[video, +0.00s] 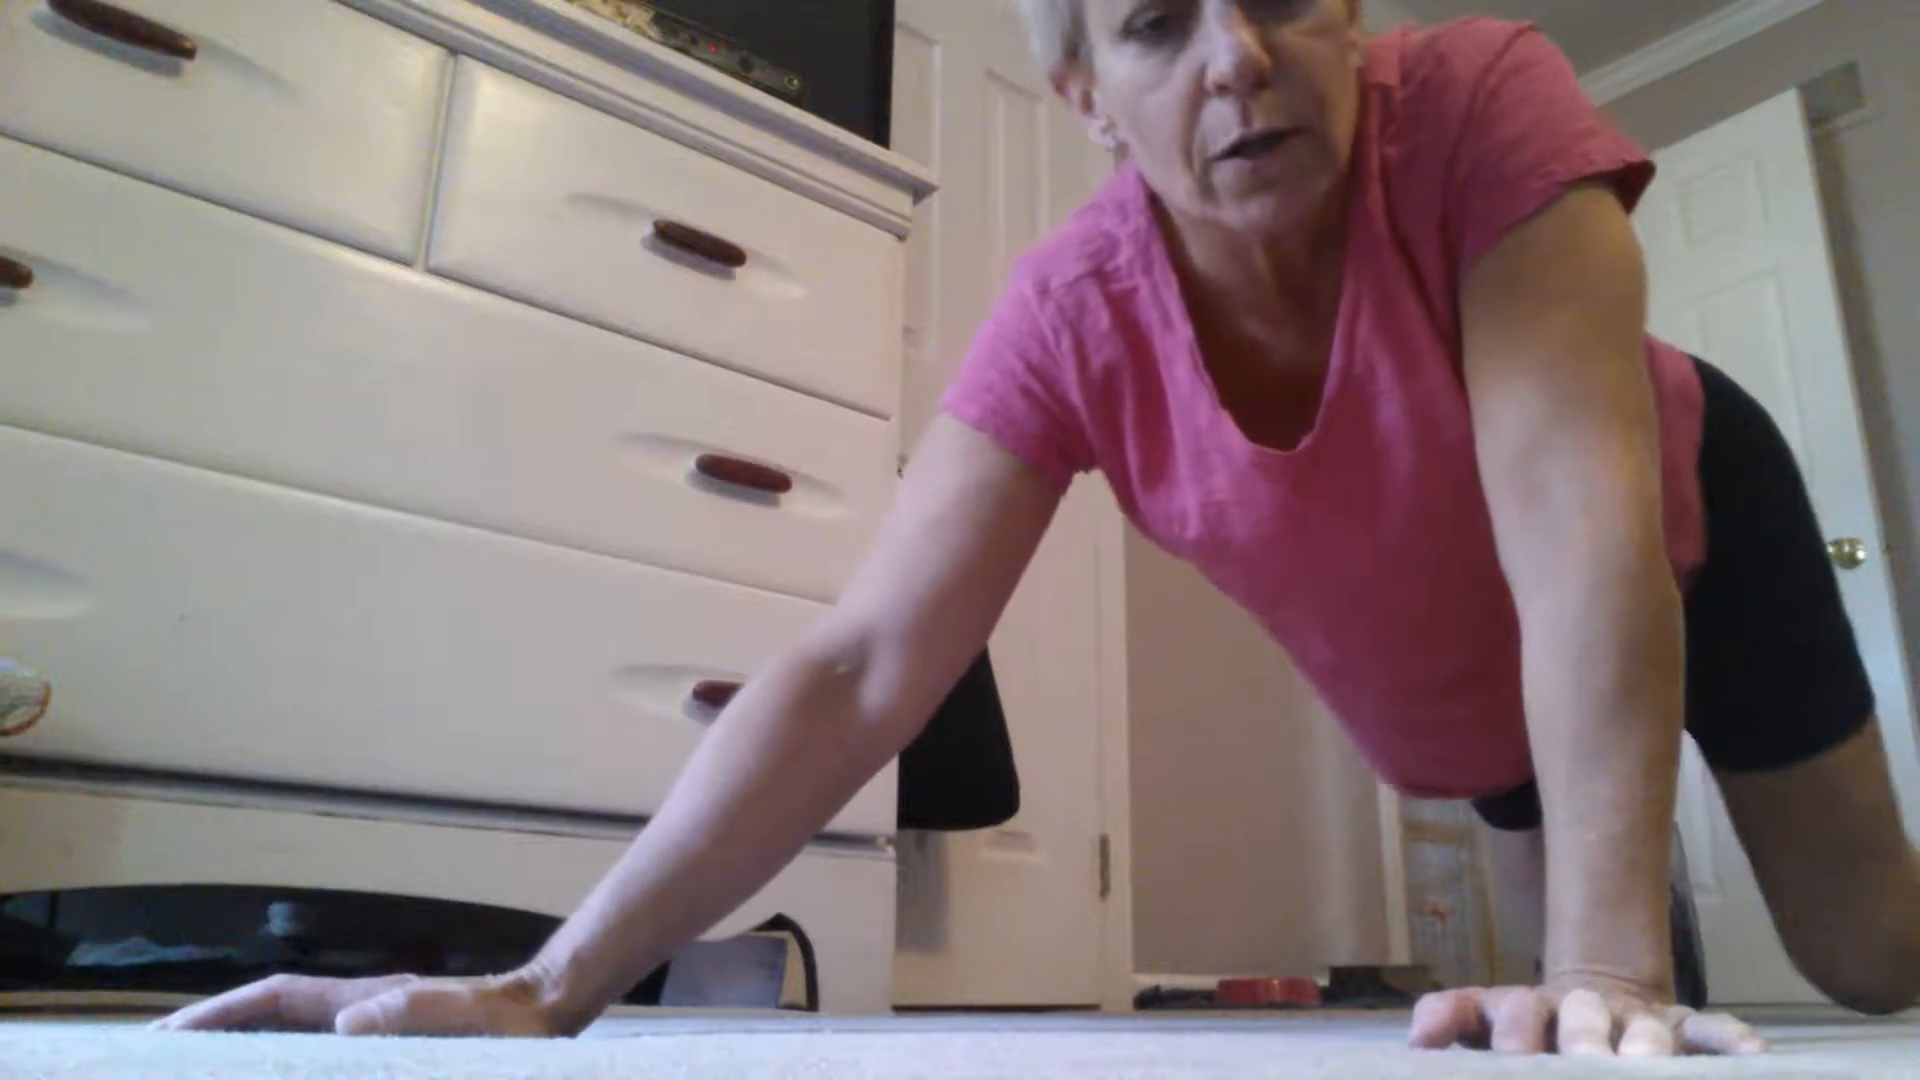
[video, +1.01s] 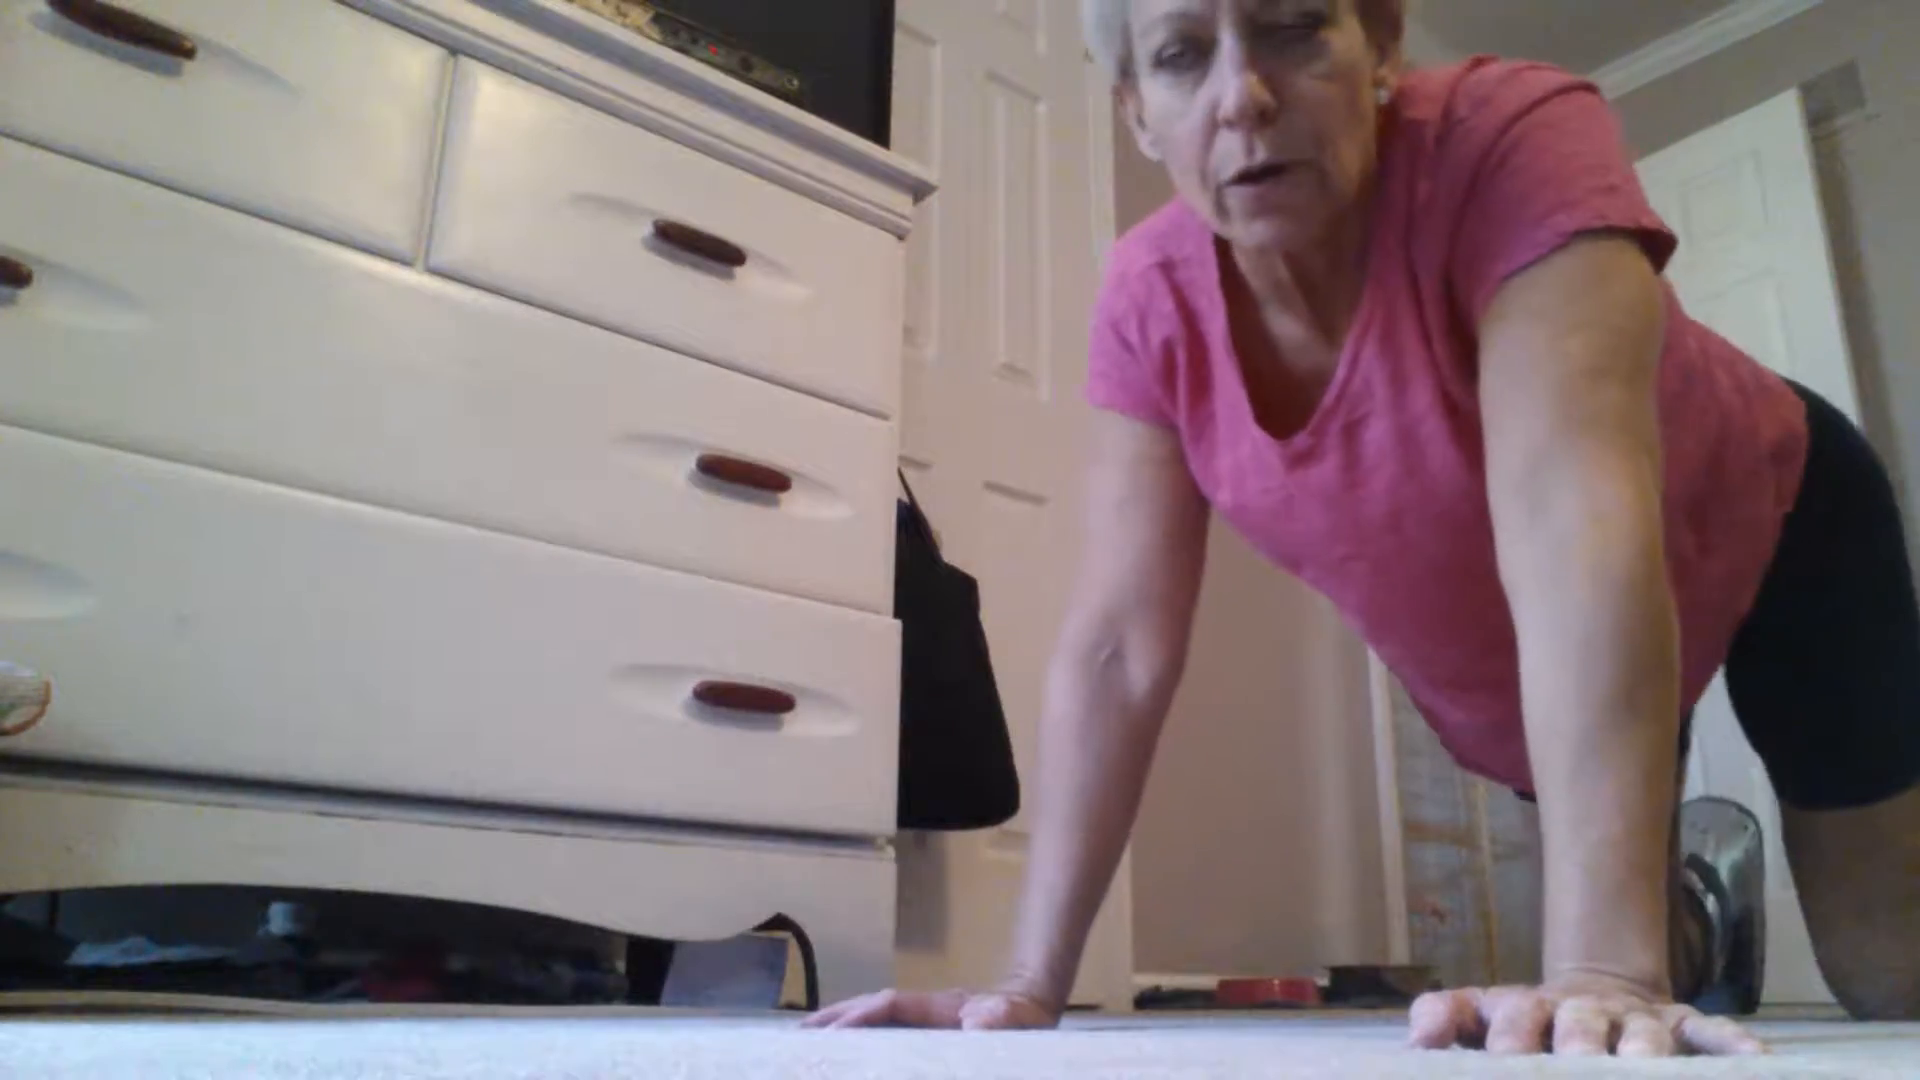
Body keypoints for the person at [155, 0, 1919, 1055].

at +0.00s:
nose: (1236, 53)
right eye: (1163, 23)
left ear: (1354, 8)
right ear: (1090, 84)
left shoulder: (1483, 103)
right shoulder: (1075, 316)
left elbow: (1590, 529)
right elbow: (856, 676)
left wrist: (1613, 981)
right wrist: (561, 979)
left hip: (1681, 563)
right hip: (1466, 722)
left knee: (1872, 956)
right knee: (1627, 964)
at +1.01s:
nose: (1239, 101)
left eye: (1293, 38)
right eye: (1182, 56)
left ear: (1379, 49)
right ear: (1135, 101)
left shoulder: (1515, 139)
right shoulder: (1156, 295)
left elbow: (1585, 517)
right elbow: (1113, 649)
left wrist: (1605, 980)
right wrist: (1029, 985)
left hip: (1764, 522)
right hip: (1520, 649)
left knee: (1883, 950)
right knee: (1631, 923)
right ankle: (1708, 907)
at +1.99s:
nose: (1239, 144)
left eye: (1290, 77)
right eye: (1184, 97)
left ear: (1378, 95)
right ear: (1143, 143)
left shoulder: (1508, 181)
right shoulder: (1169, 335)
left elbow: (1617, 533)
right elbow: (1125, 667)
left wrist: (1603, 976)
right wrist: (1034, 980)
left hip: (1760, 545)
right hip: (1526, 666)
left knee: (1883, 964)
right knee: (1644, 949)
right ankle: (1757, 894)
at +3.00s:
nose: (1281, 249)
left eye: (1323, 184)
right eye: (1222, 203)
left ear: (1392, 188)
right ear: (1164, 230)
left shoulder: (1533, 298)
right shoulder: (1179, 346)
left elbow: (1456, 735)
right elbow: (1126, 676)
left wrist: (1240, 460)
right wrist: (1033, 988)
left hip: (1735, 548)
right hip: (1519, 651)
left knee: (1884, 978)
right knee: (1655, 996)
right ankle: (1780, 899)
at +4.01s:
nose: (1303, 150)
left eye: (1363, 86)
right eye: (1277, 95)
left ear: (1525, 70)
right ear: (1255, 94)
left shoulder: (1690, 143)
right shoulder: (1300, 314)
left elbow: (1774, 538)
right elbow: (1154, 645)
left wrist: (1777, 973)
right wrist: (975, 960)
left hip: (1871, 669)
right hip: (1641, 718)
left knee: (1859, 1041)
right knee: (1648, 1046)